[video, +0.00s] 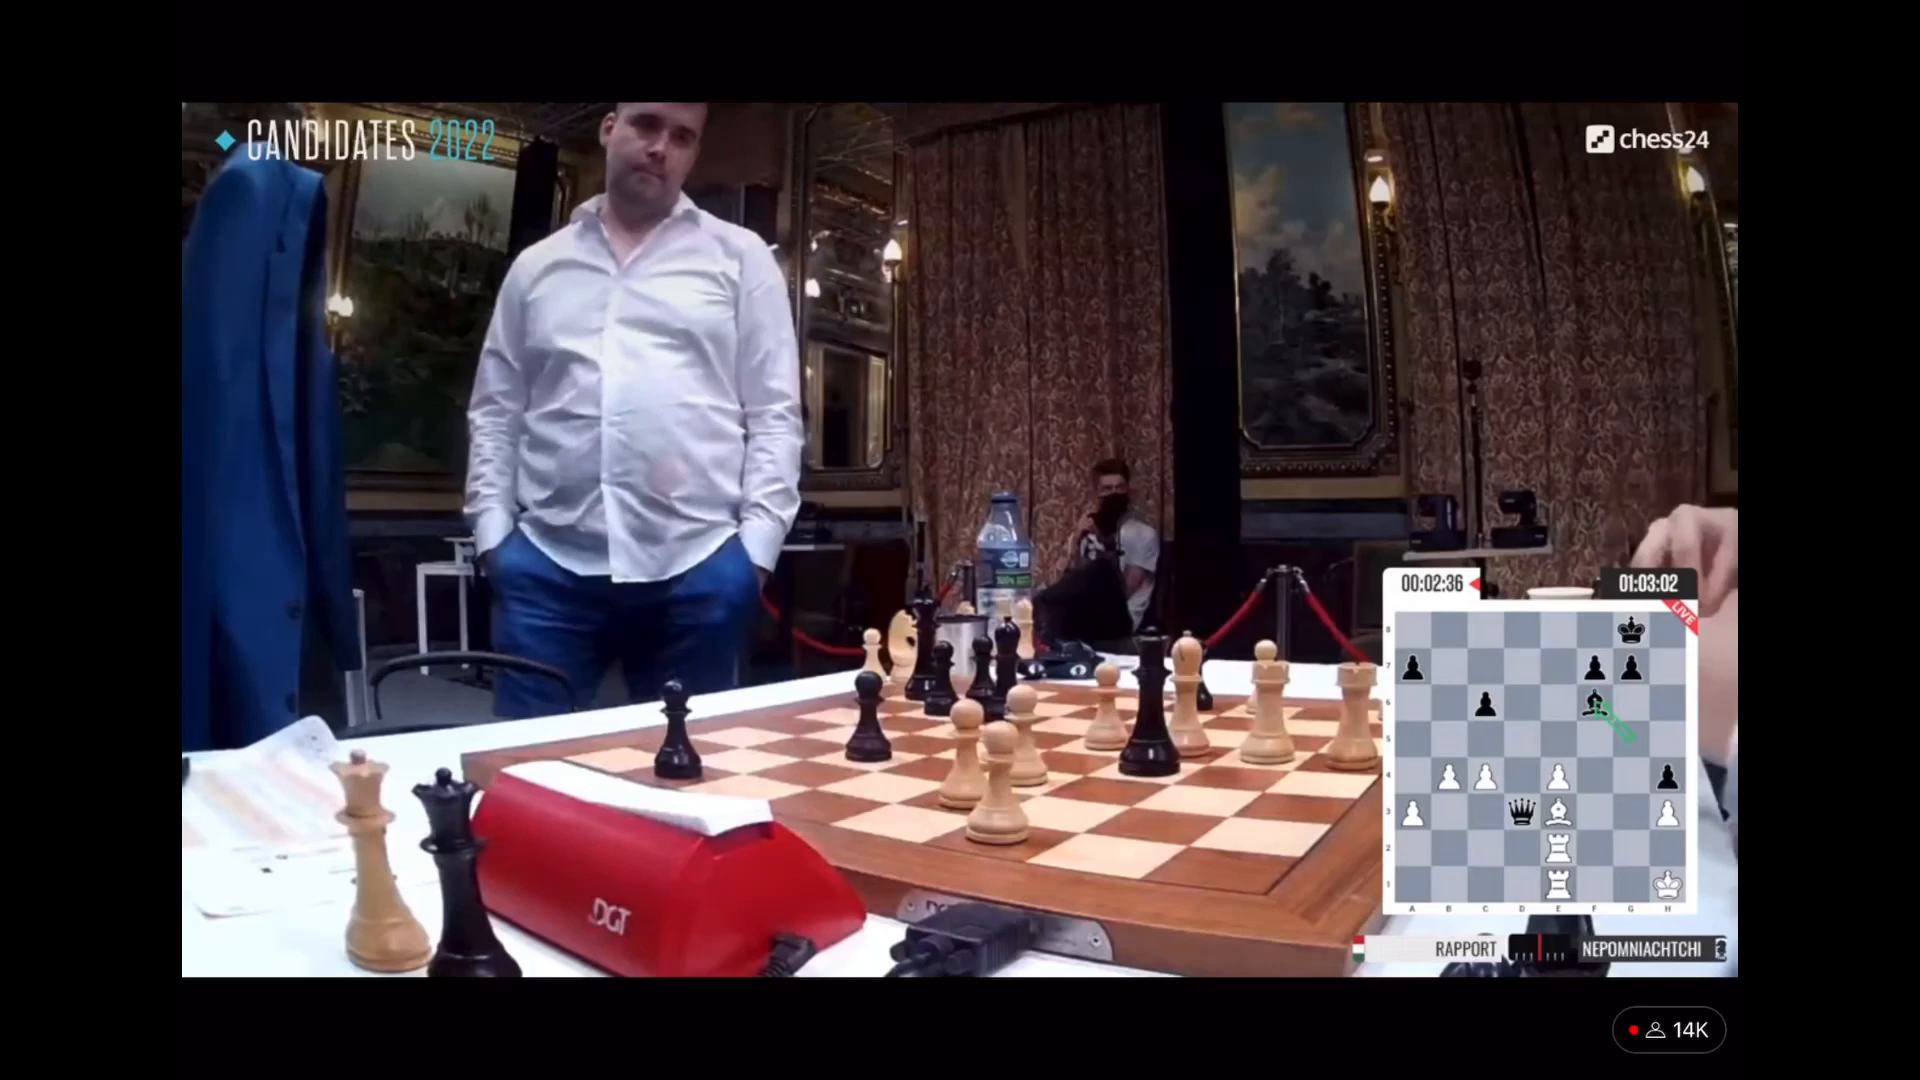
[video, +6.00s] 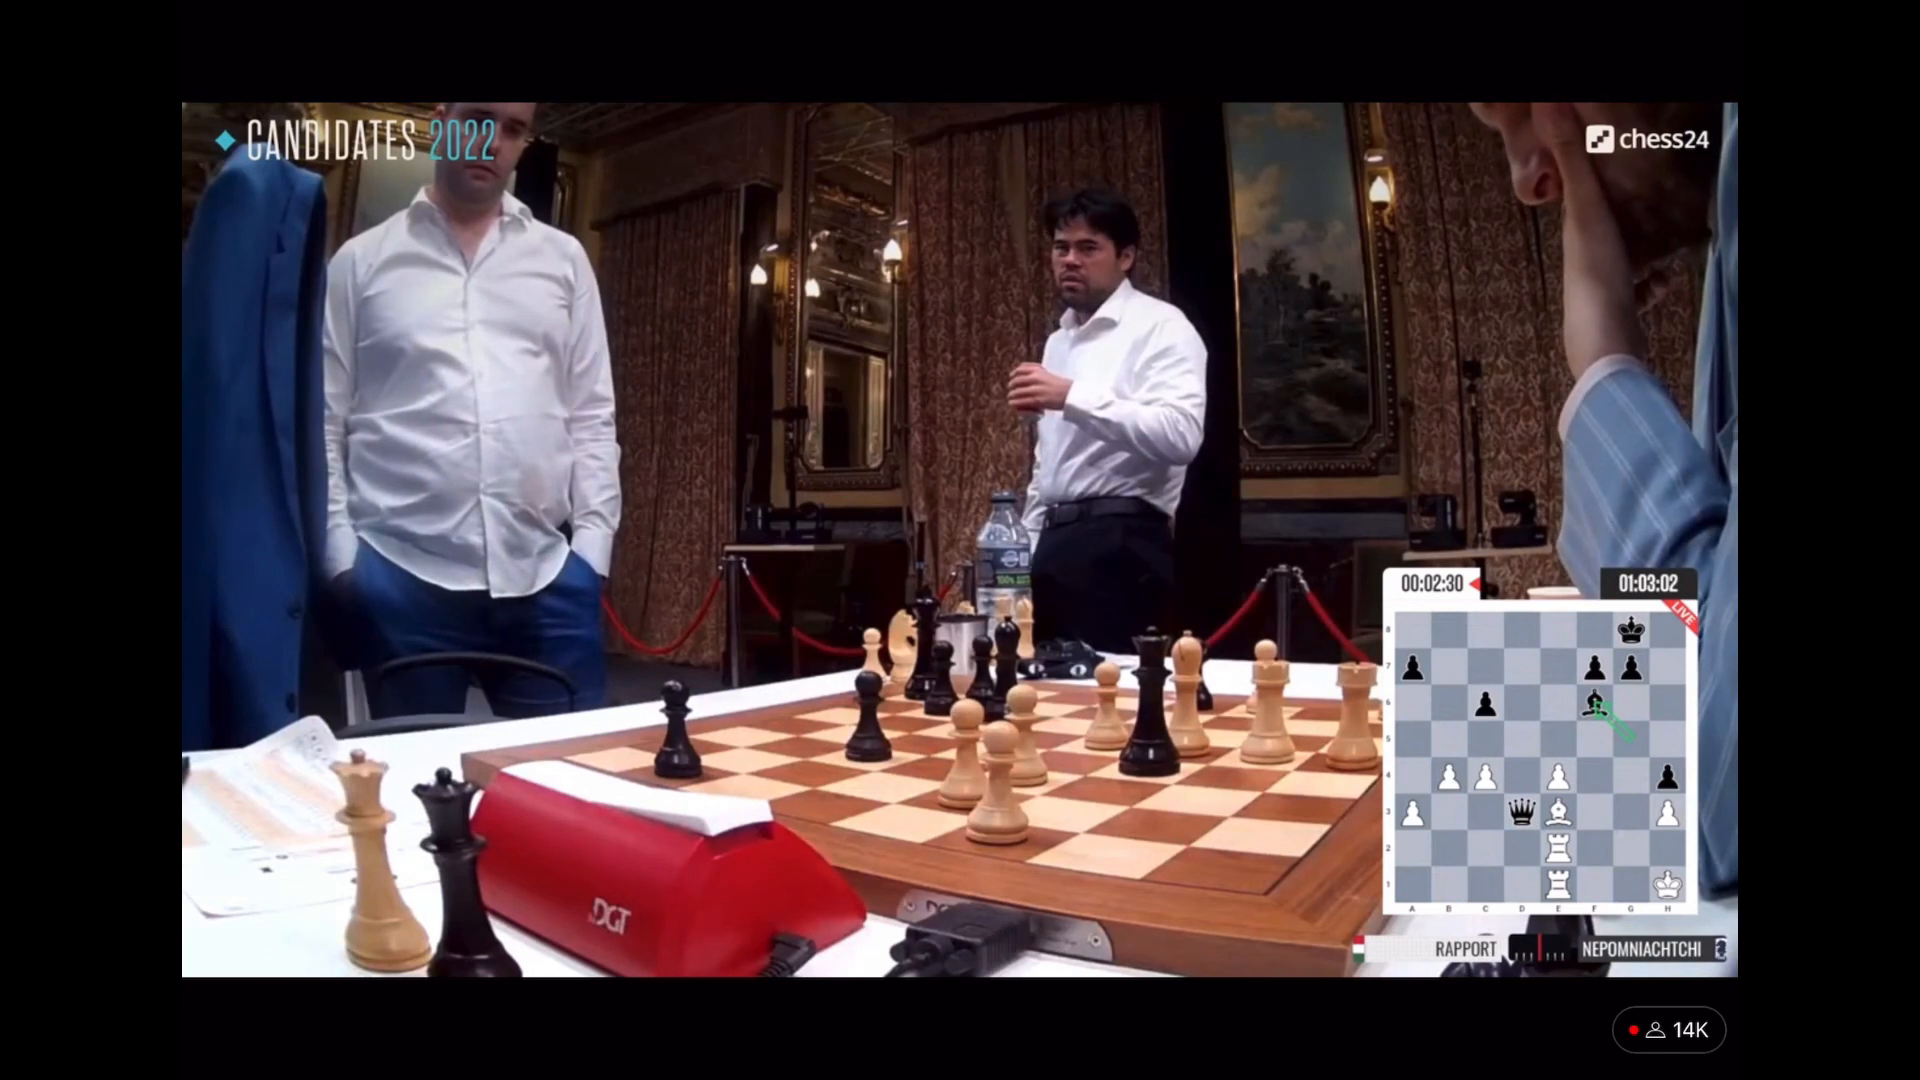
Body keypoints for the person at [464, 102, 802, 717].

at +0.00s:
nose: (660, 149)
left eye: (681, 137)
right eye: (645, 126)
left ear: (696, 155)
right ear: (608, 130)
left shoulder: (741, 259)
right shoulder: (536, 267)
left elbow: (774, 413)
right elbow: (494, 409)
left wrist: (754, 548)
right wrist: (495, 536)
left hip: (697, 574)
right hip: (547, 570)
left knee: (693, 778)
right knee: (528, 772)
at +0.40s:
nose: (592, 138)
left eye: (607, 125)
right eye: (575, 115)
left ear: (617, 141)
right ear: (525, 120)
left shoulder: (643, 260)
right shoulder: (440, 251)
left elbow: (670, 414)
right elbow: (391, 401)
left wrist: (669, 545)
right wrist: (409, 546)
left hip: (621, 576)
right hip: (472, 574)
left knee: (624, 781)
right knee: (465, 780)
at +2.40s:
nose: (499, 133)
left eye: (520, 119)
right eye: (484, 111)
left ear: (535, 135)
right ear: (445, 114)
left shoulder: (574, 249)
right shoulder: (367, 260)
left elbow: (608, 409)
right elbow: (331, 420)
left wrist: (608, 544)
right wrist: (352, 560)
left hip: (563, 582)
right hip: (413, 587)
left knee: (593, 789)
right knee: (425, 793)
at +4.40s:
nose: (494, 141)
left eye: (514, 127)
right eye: (479, 117)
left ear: (528, 142)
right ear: (438, 118)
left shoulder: (558, 258)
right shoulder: (358, 259)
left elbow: (587, 415)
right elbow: (323, 420)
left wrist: (588, 549)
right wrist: (346, 565)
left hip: (547, 581)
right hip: (405, 584)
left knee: (578, 786)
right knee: (420, 792)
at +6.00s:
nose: (489, 144)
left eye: (511, 130)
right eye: (475, 120)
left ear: (528, 144)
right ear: (439, 120)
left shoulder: (563, 259)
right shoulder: (360, 263)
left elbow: (592, 416)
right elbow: (325, 420)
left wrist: (590, 550)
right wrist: (343, 562)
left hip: (549, 584)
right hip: (403, 586)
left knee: (575, 787)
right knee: (417, 792)